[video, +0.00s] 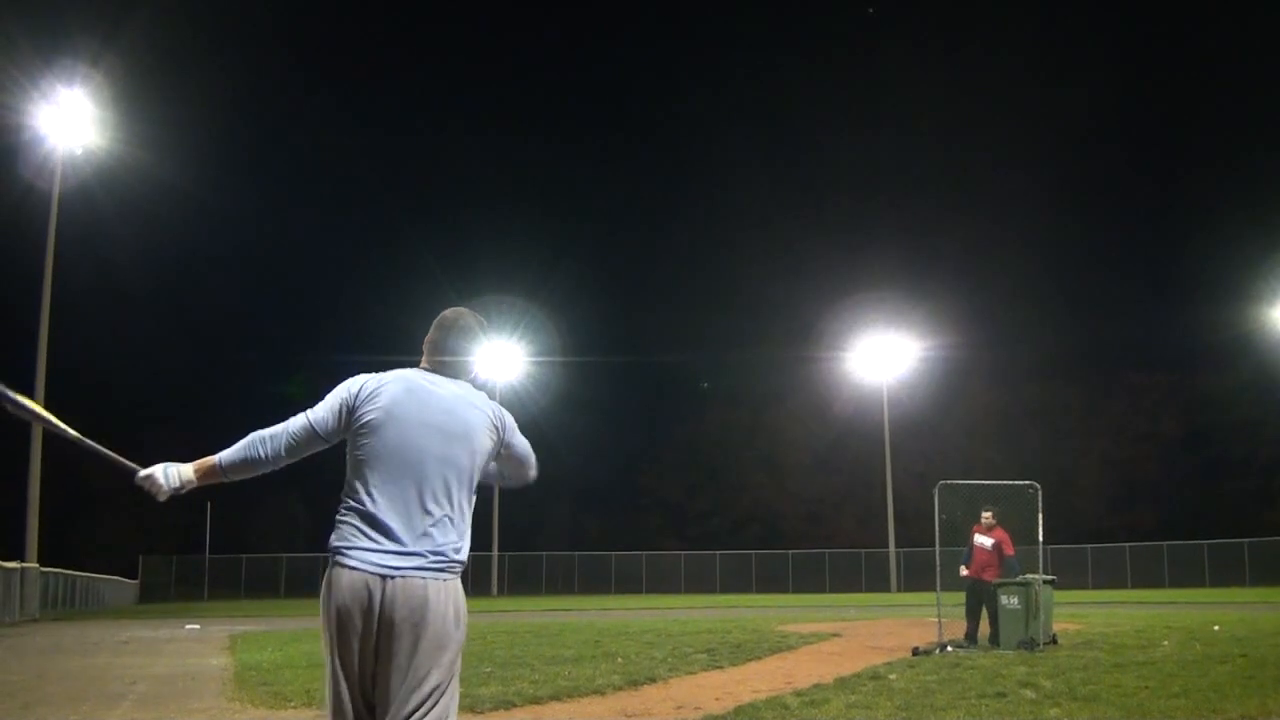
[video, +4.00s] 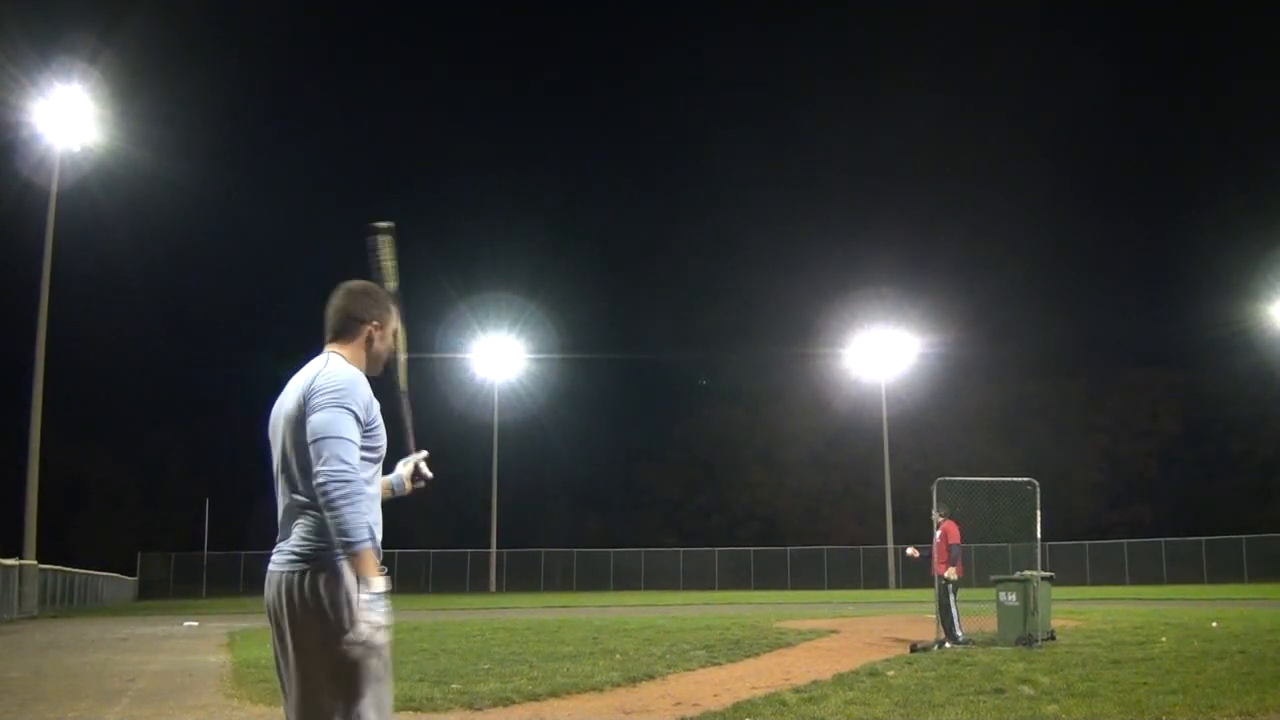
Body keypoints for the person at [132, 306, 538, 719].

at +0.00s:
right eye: (478, 352)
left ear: (426, 350)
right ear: (476, 361)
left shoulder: (369, 389)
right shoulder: (490, 415)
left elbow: (279, 443)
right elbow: (524, 471)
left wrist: (187, 473)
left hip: (350, 583)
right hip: (431, 592)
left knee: (348, 709)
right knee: (421, 712)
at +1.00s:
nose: (477, 342)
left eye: (477, 333)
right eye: (477, 332)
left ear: (419, 333)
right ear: (470, 334)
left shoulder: (375, 387)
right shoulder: (456, 388)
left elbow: (392, 497)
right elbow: (485, 487)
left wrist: (460, 537)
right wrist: (572, 516)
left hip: (353, 583)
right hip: (419, 586)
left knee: (365, 713)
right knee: (428, 712)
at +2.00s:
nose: (353, 336)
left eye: (351, 325)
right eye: (352, 325)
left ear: (292, 330)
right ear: (340, 326)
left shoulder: (259, 387)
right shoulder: (328, 372)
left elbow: (230, 496)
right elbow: (326, 457)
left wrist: (278, 536)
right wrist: (408, 488)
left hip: (242, 581)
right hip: (306, 587)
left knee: (244, 713)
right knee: (347, 712)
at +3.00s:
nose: (352, 312)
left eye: (351, 301)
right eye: (351, 301)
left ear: (288, 306)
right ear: (336, 307)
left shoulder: (257, 374)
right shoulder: (315, 367)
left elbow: (244, 488)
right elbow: (316, 471)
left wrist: (283, 541)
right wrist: (407, 477)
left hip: (256, 576)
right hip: (313, 580)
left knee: (256, 710)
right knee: (304, 710)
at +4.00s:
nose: (392, 347)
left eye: (393, 335)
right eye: (392, 334)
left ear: (338, 327)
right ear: (373, 332)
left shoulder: (304, 384)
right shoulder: (339, 381)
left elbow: (323, 498)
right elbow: (337, 483)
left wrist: (395, 483)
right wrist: (374, 582)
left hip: (293, 575)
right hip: (330, 576)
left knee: (311, 709)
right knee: (356, 709)